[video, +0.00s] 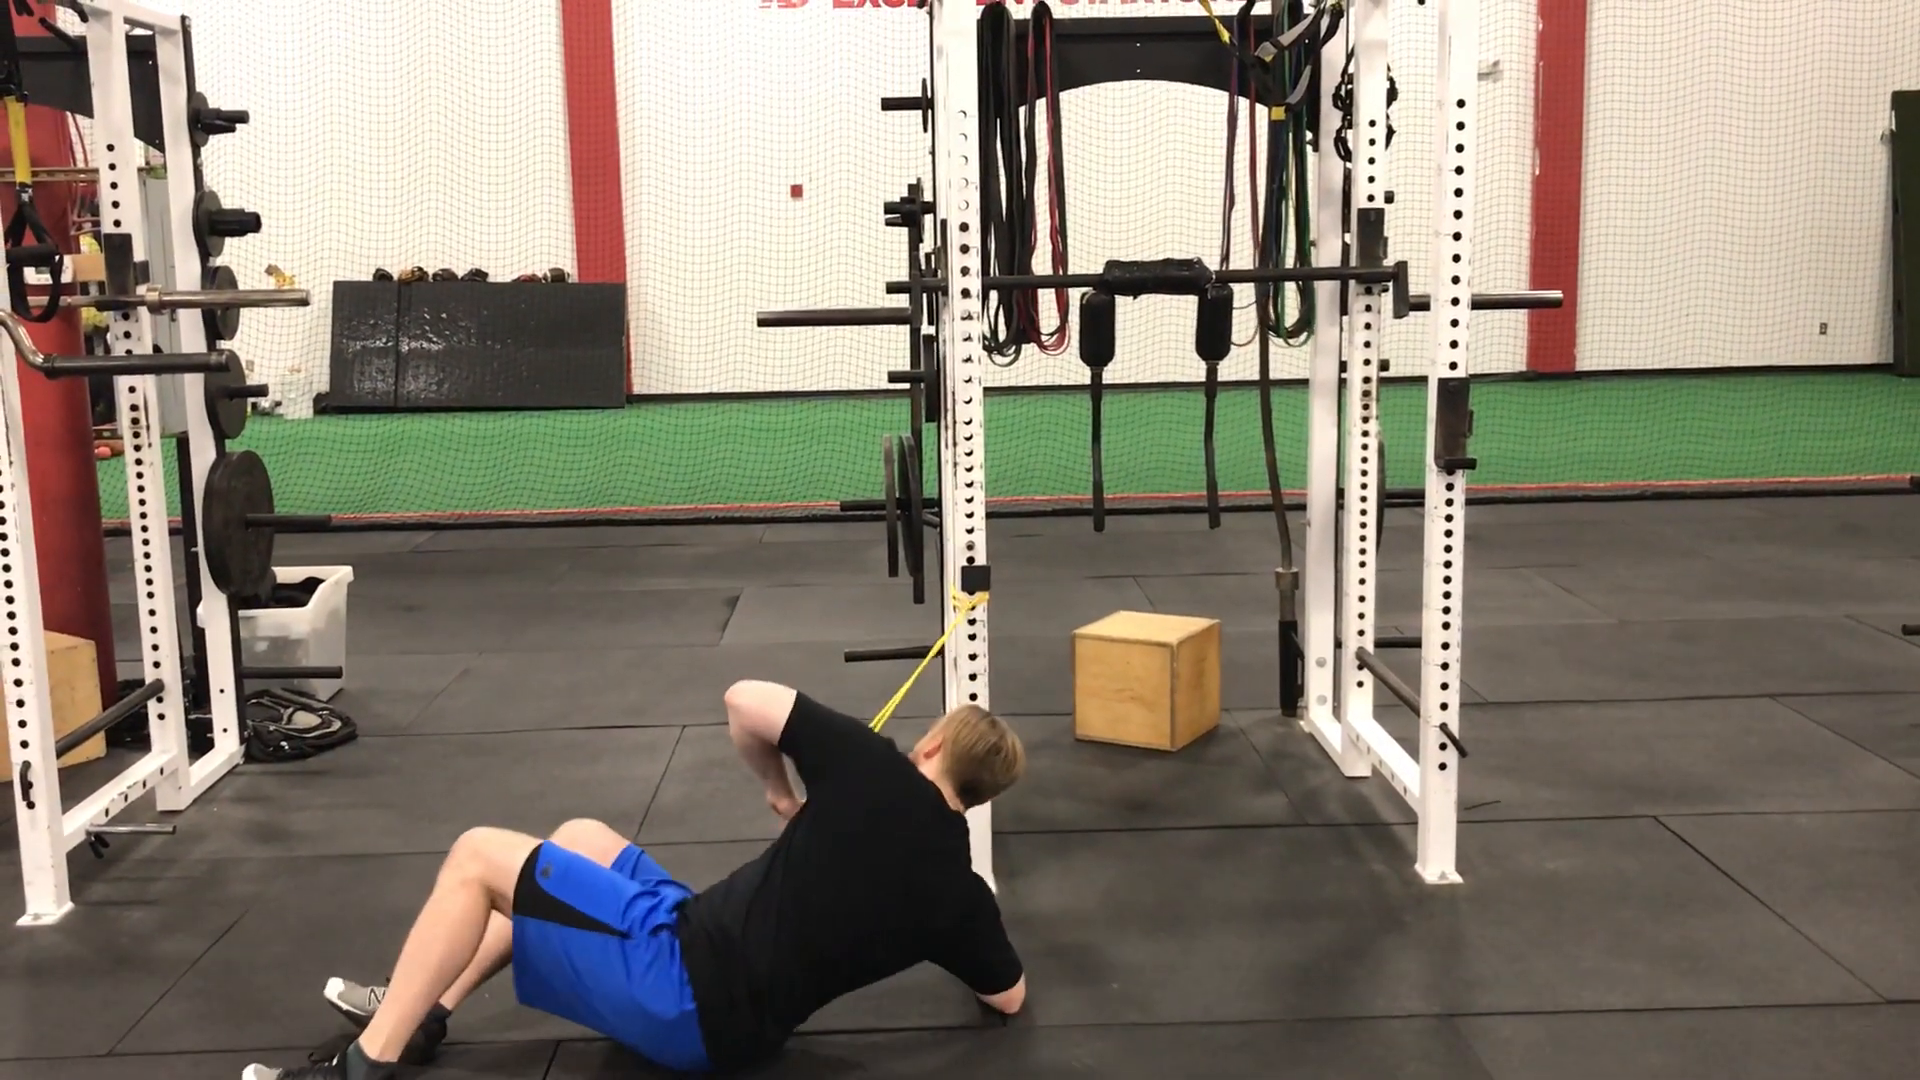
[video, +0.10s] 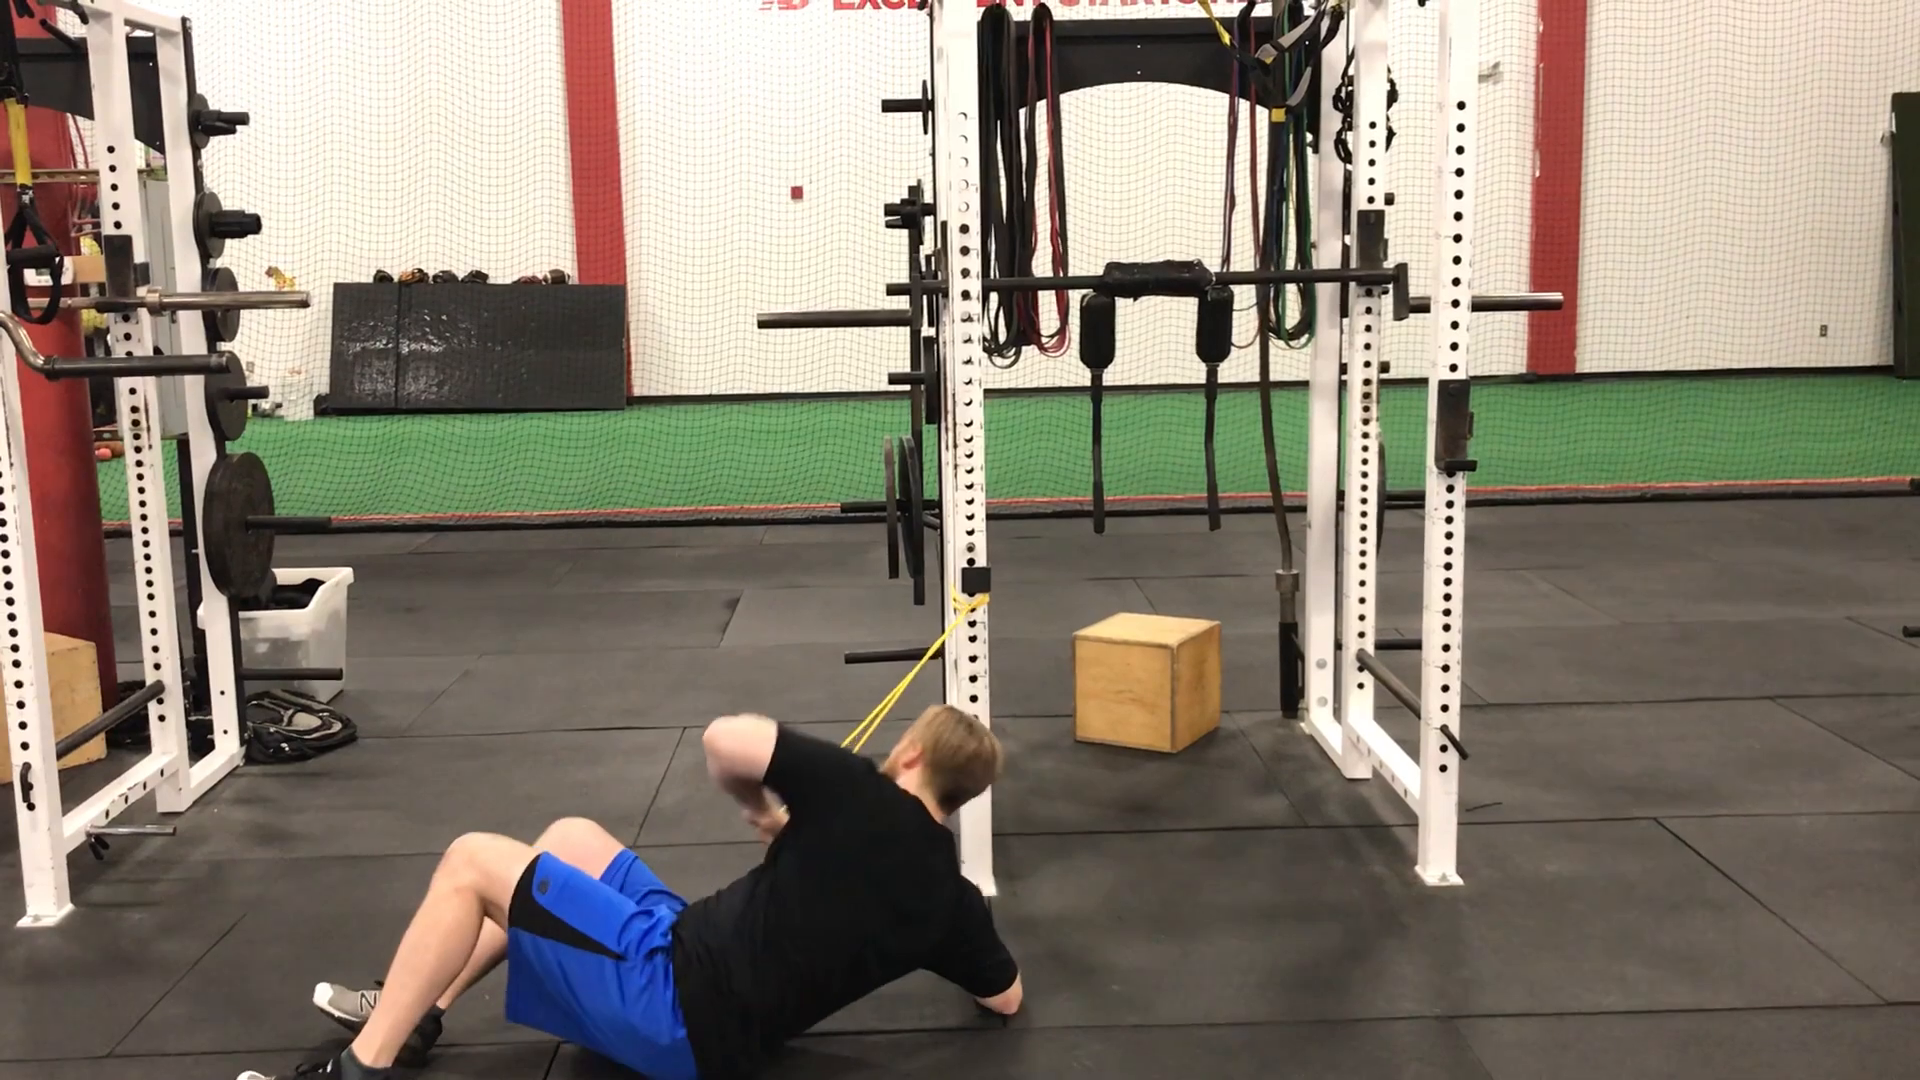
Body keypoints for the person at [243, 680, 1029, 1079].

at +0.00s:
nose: (913, 734)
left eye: (921, 729)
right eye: (929, 733)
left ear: (929, 742)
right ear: (985, 798)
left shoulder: (870, 764)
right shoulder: (961, 896)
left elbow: (749, 704)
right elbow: (1011, 1002)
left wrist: (774, 782)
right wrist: (957, 936)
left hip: (680, 976)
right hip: (729, 1027)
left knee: (479, 856)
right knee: (582, 834)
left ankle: (370, 1055)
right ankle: (423, 1007)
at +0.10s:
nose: (892, 741)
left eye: (901, 736)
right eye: (906, 735)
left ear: (909, 752)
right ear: (967, 797)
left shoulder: (854, 783)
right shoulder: (952, 900)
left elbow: (725, 742)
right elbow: (1009, 1001)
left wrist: (760, 809)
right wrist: (944, 936)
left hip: (671, 988)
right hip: (723, 1022)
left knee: (473, 858)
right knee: (572, 837)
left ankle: (363, 1058)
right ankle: (417, 1003)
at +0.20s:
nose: (873, 746)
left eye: (881, 738)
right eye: (884, 738)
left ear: (892, 750)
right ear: (957, 788)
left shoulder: (850, 798)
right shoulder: (948, 894)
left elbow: (706, 795)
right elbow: (995, 996)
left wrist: (766, 832)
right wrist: (930, 937)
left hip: (670, 995)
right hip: (722, 1032)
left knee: (476, 860)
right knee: (577, 838)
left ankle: (362, 1063)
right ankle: (415, 1003)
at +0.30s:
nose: (877, 747)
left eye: (886, 738)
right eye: (889, 738)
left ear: (895, 754)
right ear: (959, 788)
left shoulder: (853, 820)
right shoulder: (947, 889)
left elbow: (714, 832)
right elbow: (966, 982)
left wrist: (755, 807)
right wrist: (892, 950)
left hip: (682, 1013)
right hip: (731, 1004)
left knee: (487, 863)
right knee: (582, 841)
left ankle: (366, 1064)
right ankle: (410, 1004)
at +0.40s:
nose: (894, 766)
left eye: (903, 755)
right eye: (905, 756)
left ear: (914, 773)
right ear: (971, 802)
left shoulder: (876, 845)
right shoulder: (944, 897)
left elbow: (740, 859)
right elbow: (929, 982)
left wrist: (817, 844)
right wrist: (849, 912)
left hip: (699, 1021)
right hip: (743, 997)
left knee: (501, 865)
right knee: (581, 840)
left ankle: (379, 1057)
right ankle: (410, 1008)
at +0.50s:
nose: (918, 788)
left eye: (927, 780)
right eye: (928, 779)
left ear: (939, 800)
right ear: (985, 824)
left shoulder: (913, 883)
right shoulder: (948, 887)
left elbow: (779, 898)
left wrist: (811, 859)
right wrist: (820, 873)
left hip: (712, 1025)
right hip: (737, 986)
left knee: (521, 860)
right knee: (583, 840)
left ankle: (385, 1051)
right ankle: (419, 1001)